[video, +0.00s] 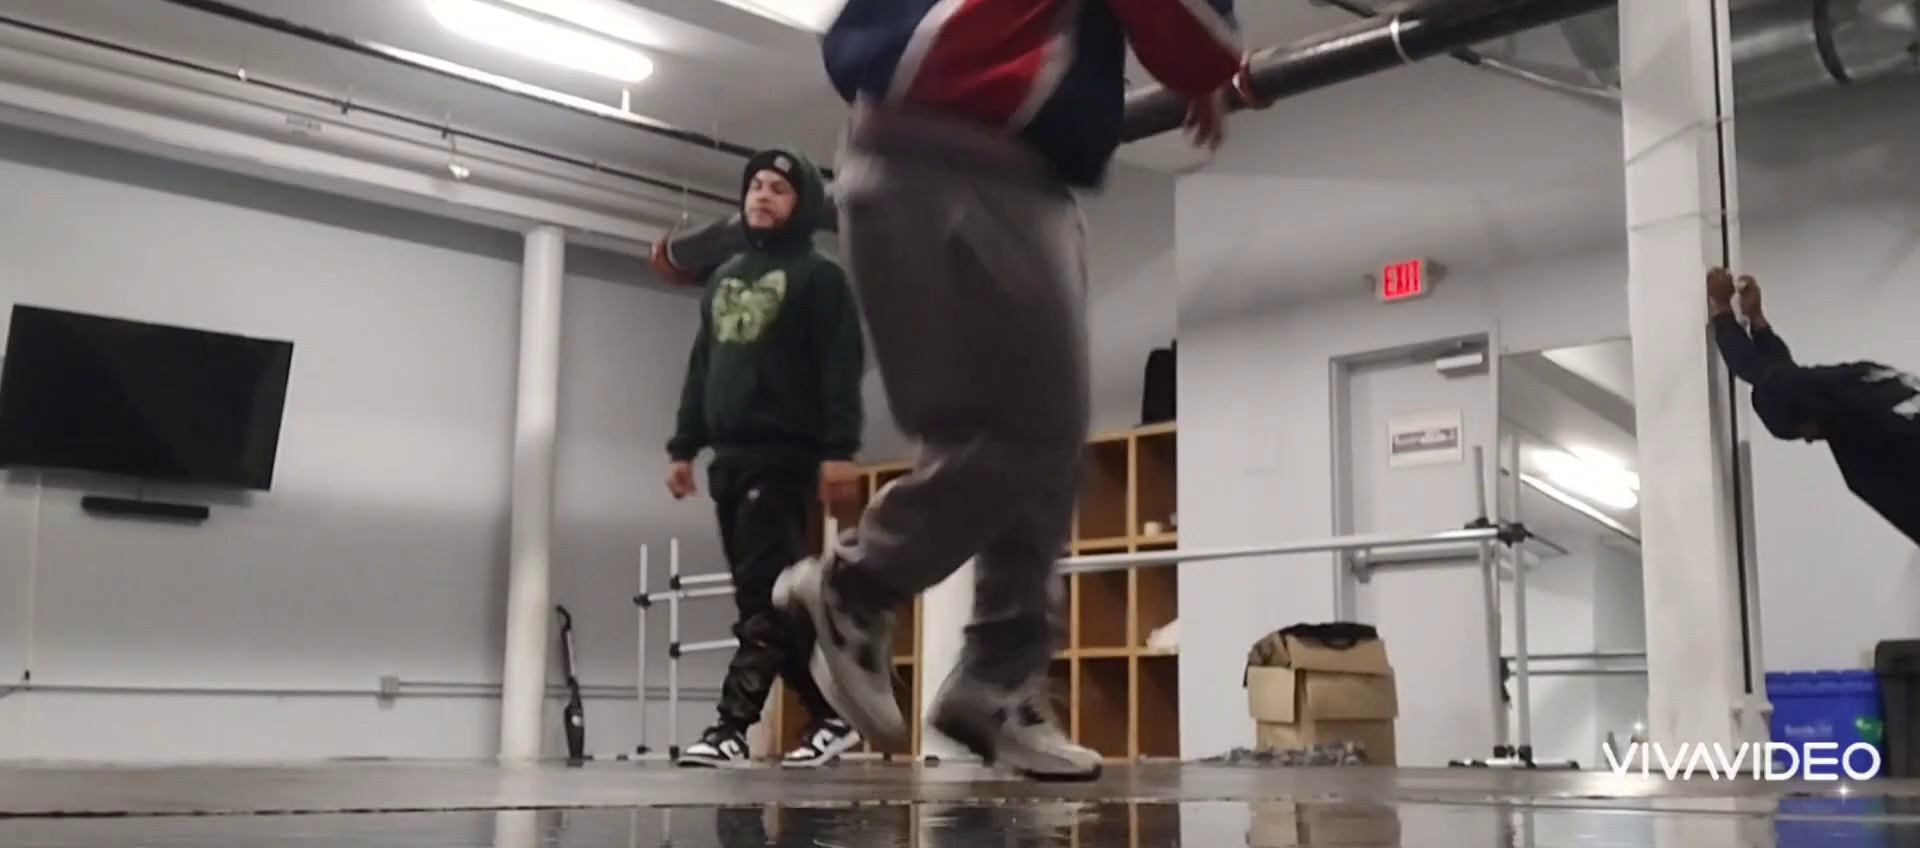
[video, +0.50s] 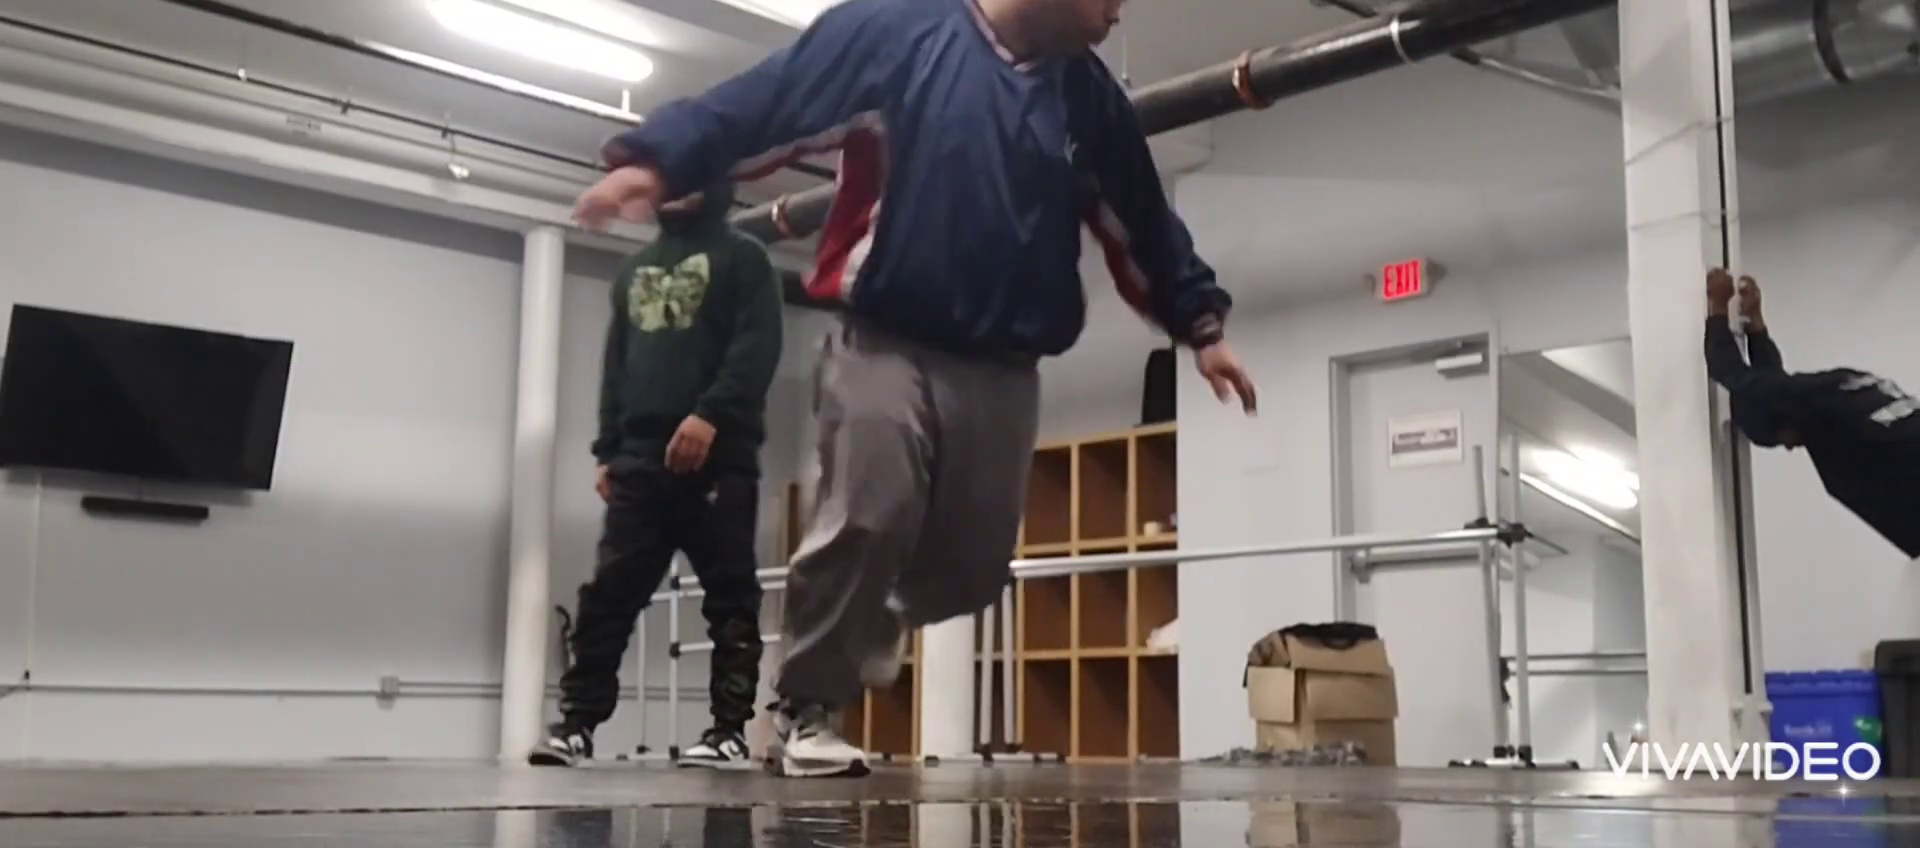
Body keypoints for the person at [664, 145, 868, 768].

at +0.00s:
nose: (765, 195)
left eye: (780, 188)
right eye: (757, 185)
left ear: (801, 205)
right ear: (744, 198)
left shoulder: (821, 276)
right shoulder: (727, 275)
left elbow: (843, 369)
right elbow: (703, 364)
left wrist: (840, 453)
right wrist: (684, 447)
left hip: (787, 455)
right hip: (729, 456)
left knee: (763, 592)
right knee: (763, 592)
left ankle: (731, 730)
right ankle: (830, 718)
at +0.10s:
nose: (747, 191)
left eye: (762, 184)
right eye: (741, 181)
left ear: (787, 200)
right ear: (729, 194)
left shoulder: (803, 270)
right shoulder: (714, 272)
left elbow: (821, 362)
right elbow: (690, 360)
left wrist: (807, 448)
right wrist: (663, 442)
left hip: (766, 454)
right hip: (711, 454)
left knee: (755, 594)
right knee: (718, 602)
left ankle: (731, 733)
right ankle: (810, 698)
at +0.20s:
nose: (730, 187)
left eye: (746, 180)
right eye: (725, 177)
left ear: (773, 196)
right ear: (714, 190)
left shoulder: (788, 268)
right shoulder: (700, 270)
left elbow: (796, 365)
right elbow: (676, 360)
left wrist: (772, 444)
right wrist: (645, 444)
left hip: (756, 452)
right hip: (698, 451)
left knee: (751, 588)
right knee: (679, 592)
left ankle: (734, 730)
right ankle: (770, 687)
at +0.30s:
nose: (712, 182)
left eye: (728, 175)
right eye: (706, 173)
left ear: (755, 189)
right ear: (695, 186)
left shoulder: (770, 259)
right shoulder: (684, 264)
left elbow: (773, 355)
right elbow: (661, 355)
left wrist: (739, 427)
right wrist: (632, 442)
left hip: (748, 450)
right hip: (680, 450)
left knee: (746, 591)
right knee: (648, 587)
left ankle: (730, 730)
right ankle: (701, 692)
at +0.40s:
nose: (693, 179)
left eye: (707, 171)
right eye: (686, 170)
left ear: (732, 188)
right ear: (673, 185)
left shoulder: (760, 259)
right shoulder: (664, 267)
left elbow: (763, 352)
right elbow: (641, 360)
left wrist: (715, 416)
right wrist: (625, 447)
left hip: (736, 459)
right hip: (664, 459)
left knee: (739, 596)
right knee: (629, 591)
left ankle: (731, 730)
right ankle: (624, 721)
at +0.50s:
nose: (673, 194)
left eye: (686, 180)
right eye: (664, 181)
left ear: (713, 184)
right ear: (649, 191)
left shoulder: (743, 256)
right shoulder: (635, 271)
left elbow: (757, 349)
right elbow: (616, 365)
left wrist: (708, 416)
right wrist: (609, 449)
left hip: (720, 459)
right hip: (642, 456)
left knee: (730, 594)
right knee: (610, 592)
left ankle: (728, 733)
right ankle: (576, 728)